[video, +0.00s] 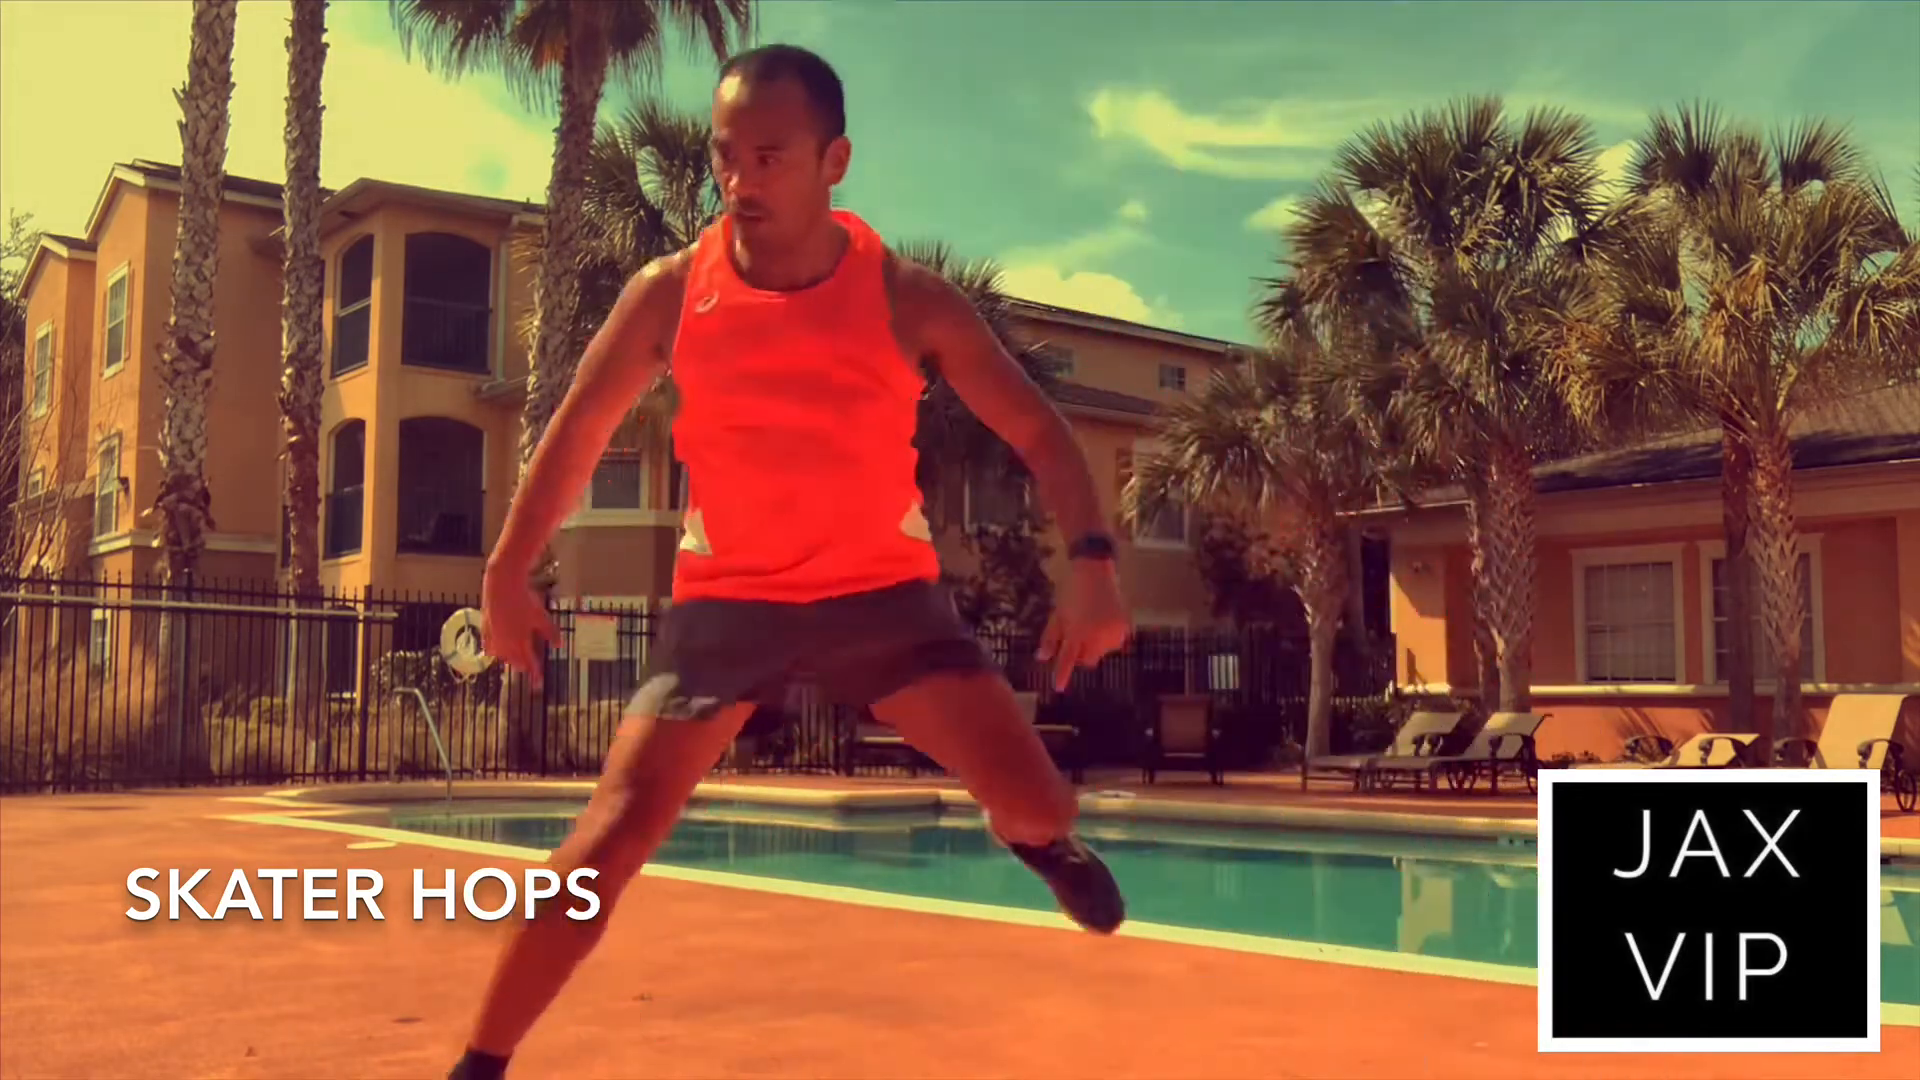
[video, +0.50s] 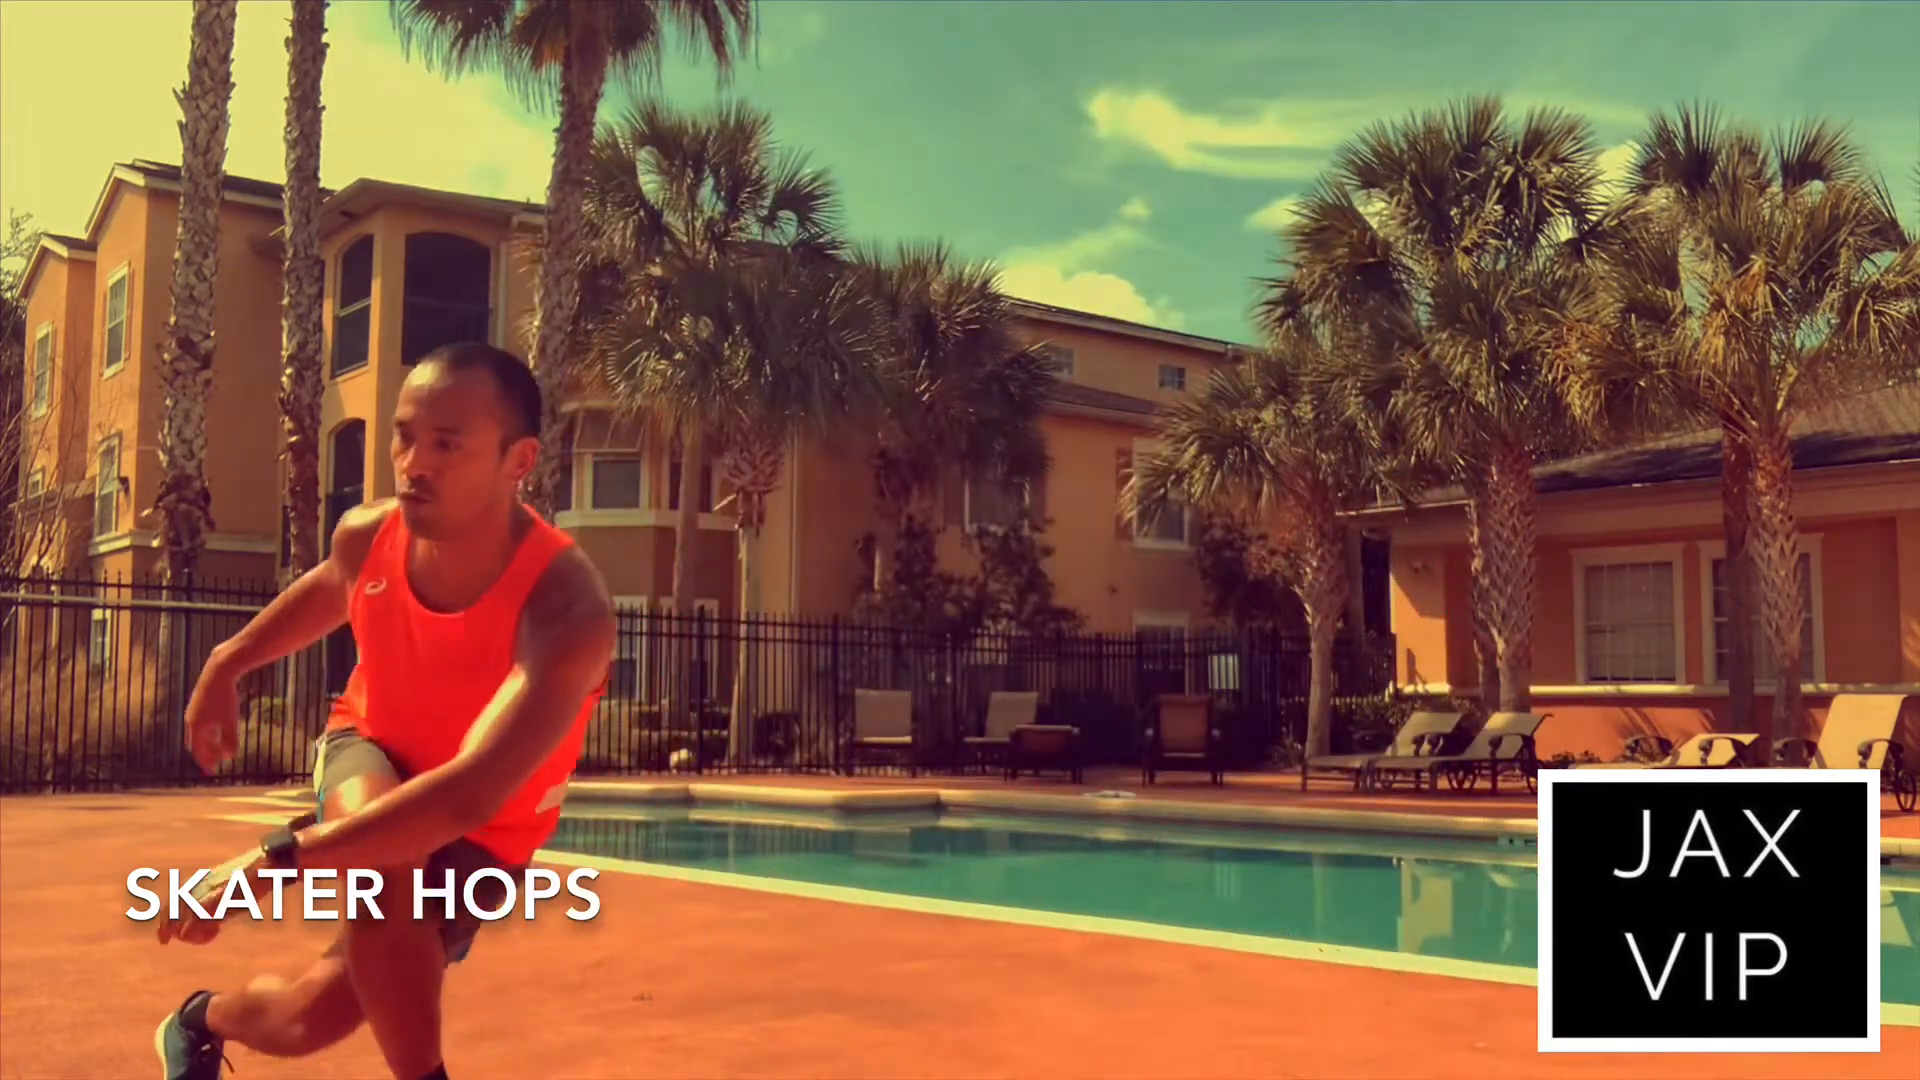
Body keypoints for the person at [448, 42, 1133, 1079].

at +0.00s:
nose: (739, 182)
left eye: (767, 156)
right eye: (726, 156)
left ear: (834, 159)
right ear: (710, 155)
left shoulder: (908, 296)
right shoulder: (669, 294)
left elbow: (1036, 432)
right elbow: (576, 434)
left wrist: (1091, 558)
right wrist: (504, 572)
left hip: (885, 599)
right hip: (726, 606)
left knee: (1042, 808)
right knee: (613, 834)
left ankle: (1040, 844)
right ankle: (480, 1063)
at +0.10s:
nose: (619, 247)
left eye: (650, 223)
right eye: (609, 220)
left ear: (720, 231)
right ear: (595, 224)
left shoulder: (791, 386)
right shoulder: (554, 368)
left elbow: (896, 548)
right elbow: (483, 498)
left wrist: (894, 677)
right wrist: (409, 626)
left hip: (758, 676)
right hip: (595, 664)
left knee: (858, 898)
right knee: (501, 873)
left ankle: (764, 809)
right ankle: (444, 1073)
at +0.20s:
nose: (528, 294)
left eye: (559, 271)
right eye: (520, 268)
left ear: (634, 289)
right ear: (508, 270)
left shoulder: (697, 429)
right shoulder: (480, 407)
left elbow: (743, 620)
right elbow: (421, 536)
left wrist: (670, 756)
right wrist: (343, 640)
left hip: (656, 710)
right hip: (519, 679)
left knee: (652, 966)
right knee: (476, 859)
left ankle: (541, 869)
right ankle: (438, 1073)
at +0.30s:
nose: (468, 348)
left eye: (500, 326)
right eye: (460, 322)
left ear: (577, 342)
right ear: (450, 325)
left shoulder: (631, 480)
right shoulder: (434, 447)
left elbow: (614, 683)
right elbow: (398, 542)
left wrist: (481, 803)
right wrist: (293, 635)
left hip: (590, 745)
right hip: (461, 693)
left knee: (481, 981)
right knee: (437, 875)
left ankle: (352, 935)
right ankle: (433, 1075)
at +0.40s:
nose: (429, 411)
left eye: (461, 388)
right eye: (422, 385)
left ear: (537, 405)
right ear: (408, 387)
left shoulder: (593, 552)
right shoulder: (397, 496)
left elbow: (515, 739)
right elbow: (365, 562)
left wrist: (336, 839)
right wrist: (259, 638)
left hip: (529, 792)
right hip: (412, 714)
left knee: (359, 984)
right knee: (412, 862)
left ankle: (235, 1012)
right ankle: (429, 1077)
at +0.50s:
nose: (411, 465)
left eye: (446, 444)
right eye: (403, 437)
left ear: (516, 463)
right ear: (390, 438)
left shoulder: (568, 607)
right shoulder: (368, 537)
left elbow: (473, 790)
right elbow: (335, 590)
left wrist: (265, 866)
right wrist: (225, 666)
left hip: (483, 828)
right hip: (373, 749)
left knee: (307, 1023)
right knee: (379, 861)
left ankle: (200, 1019)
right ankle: (423, 1074)